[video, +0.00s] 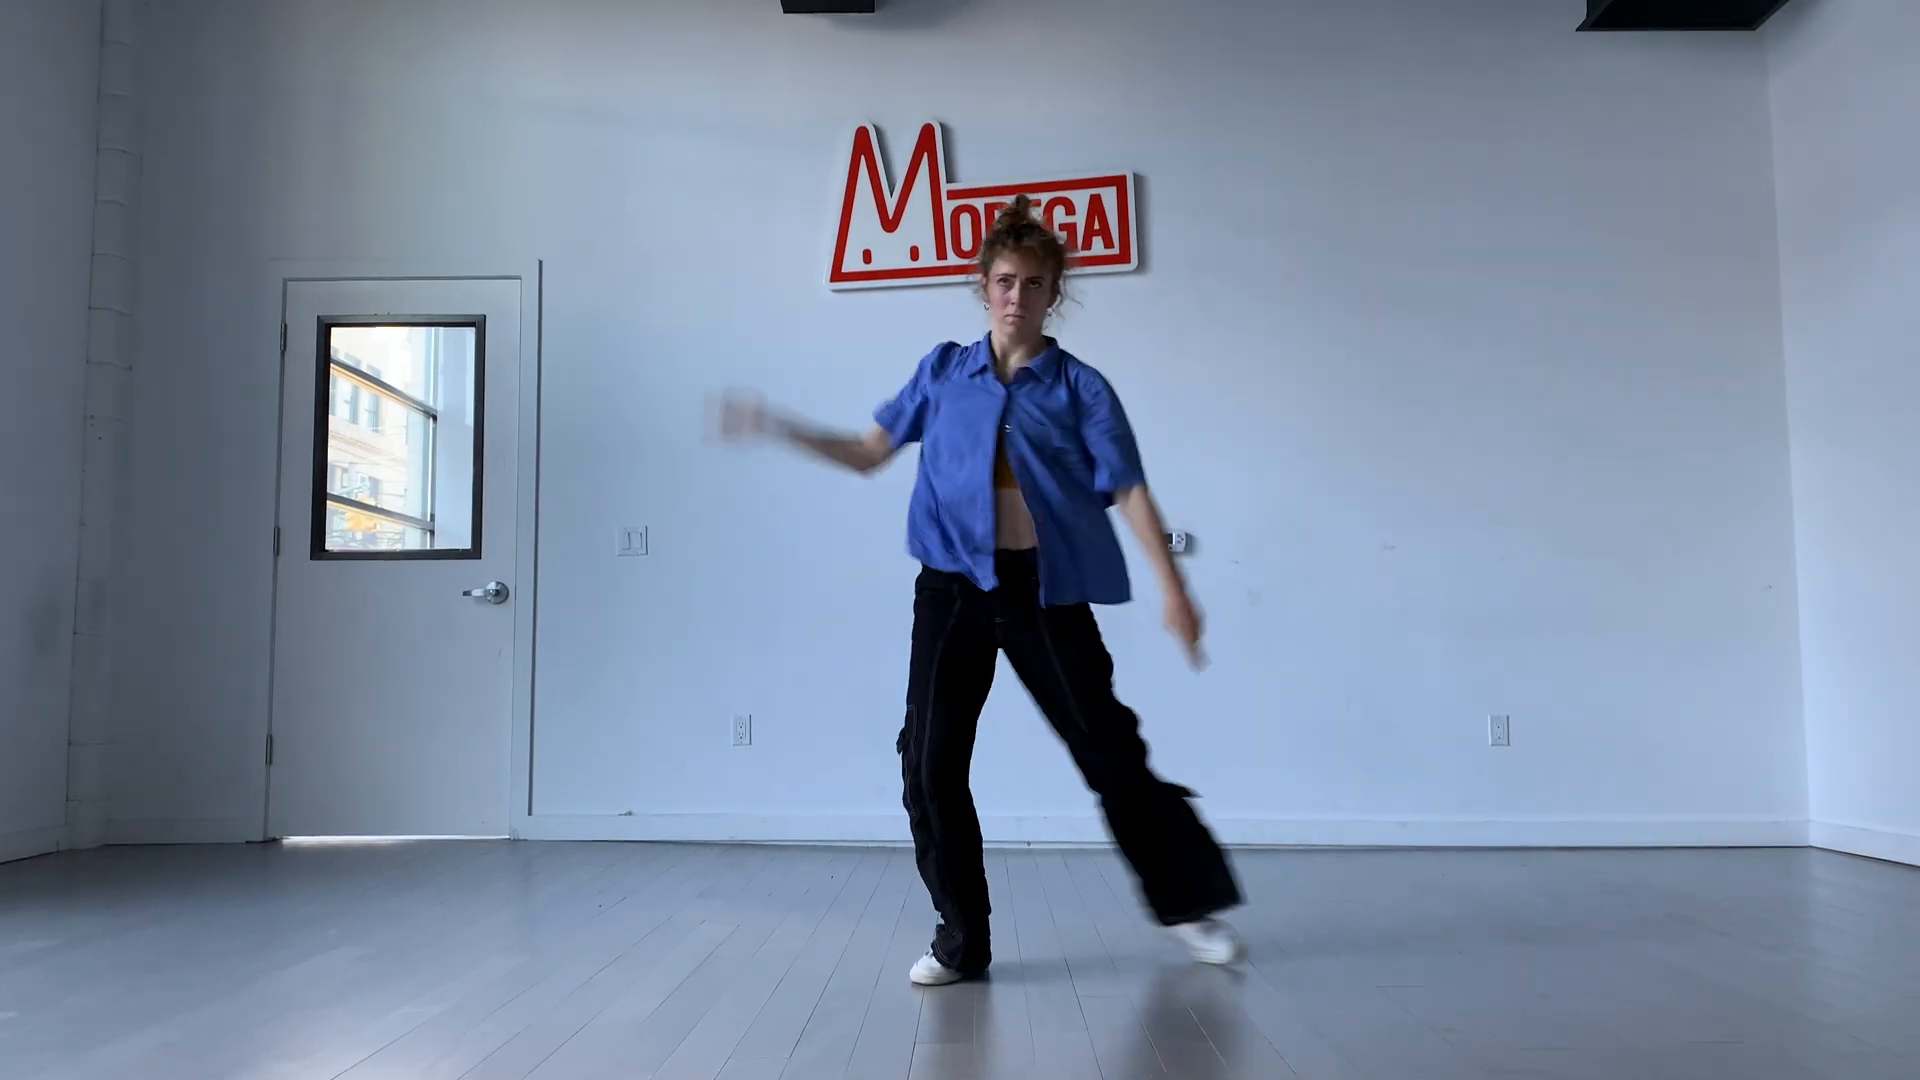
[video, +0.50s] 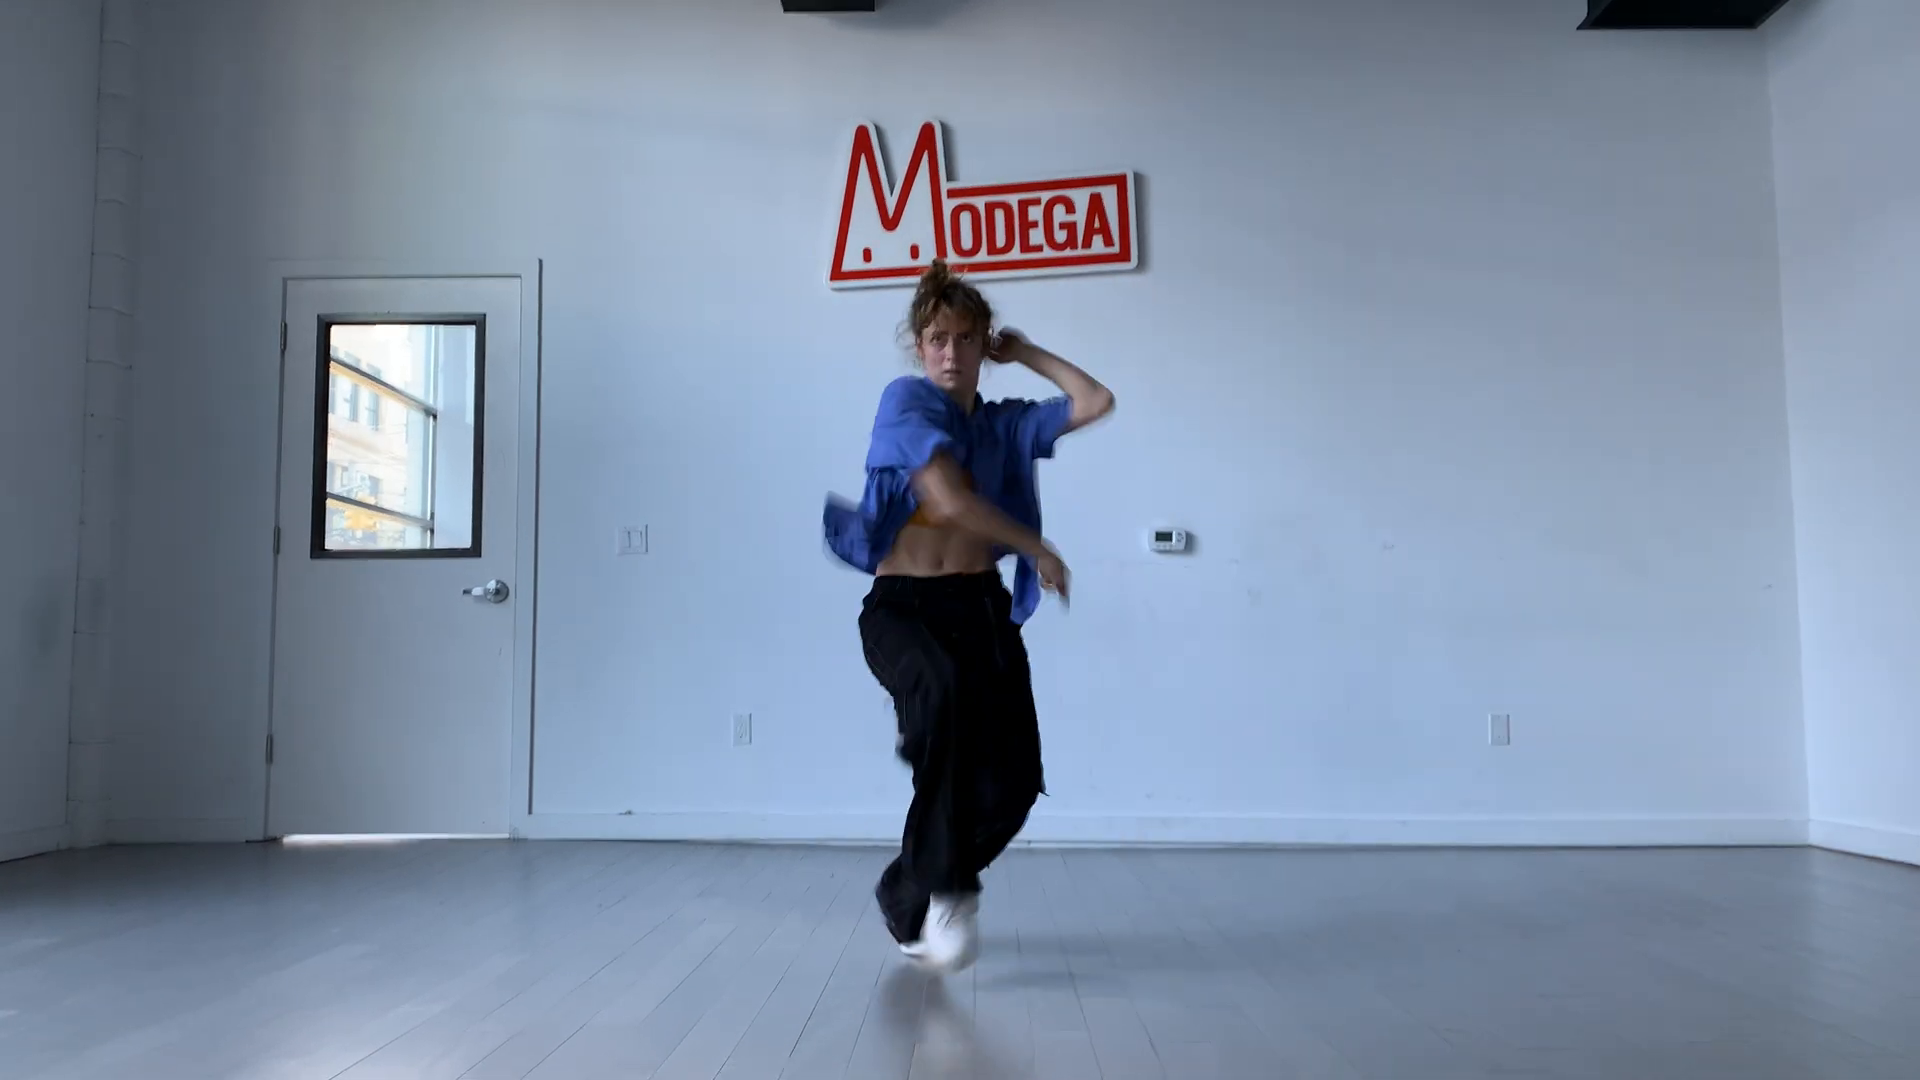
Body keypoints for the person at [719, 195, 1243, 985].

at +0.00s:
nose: (1014, 299)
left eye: (1030, 284)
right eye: (1001, 283)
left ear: (1053, 293)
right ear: (983, 288)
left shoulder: (1081, 389)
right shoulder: (943, 372)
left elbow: (1129, 493)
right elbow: (867, 450)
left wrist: (1172, 588)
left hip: (1046, 591)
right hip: (953, 587)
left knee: (1109, 750)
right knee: (929, 761)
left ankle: (1189, 906)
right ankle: (959, 939)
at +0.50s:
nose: (949, 353)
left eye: (962, 340)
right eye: (935, 340)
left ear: (984, 349)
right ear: (919, 347)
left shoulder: (1004, 422)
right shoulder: (907, 402)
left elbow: (1094, 402)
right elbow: (947, 499)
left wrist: (1023, 351)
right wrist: (1037, 545)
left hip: (981, 606)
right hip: (904, 605)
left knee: (1015, 775)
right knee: (945, 700)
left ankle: (912, 895)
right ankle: (953, 887)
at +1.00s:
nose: (954, 386)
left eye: (966, 373)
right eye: (940, 374)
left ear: (984, 383)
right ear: (920, 385)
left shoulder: (1013, 477)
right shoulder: (908, 461)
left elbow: (1075, 555)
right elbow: (894, 572)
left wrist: (1096, 479)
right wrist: (944, 672)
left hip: (1008, 664)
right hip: (929, 667)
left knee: (1116, 744)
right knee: (978, 818)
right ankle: (868, 909)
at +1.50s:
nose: (974, 398)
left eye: (980, 386)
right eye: (955, 393)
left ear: (996, 397)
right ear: (934, 417)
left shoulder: (1034, 472)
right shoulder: (959, 477)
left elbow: (1085, 552)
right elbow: (959, 594)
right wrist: (1034, 673)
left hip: (1121, 650)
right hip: (1061, 663)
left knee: (1224, 767)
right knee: (1011, 840)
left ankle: (1213, 928)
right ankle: (872, 904)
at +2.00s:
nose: (1159, 328)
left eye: (1150, 320)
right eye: (1143, 323)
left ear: (1132, 347)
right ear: (1119, 343)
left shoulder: (1157, 422)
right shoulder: (1118, 382)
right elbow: (1061, 394)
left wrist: (1152, 532)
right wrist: (1113, 466)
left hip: (1101, 622)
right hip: (1039, 611)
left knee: (1172, 765)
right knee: (977, 782)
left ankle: (1210, 927)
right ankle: (859, 921)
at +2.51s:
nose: (1201, 287)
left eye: (1212, 276)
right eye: (1186, 274)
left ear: (1224, 288)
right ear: (1156, 284)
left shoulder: (1226, 372)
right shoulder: (1139, 339)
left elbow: (1336, 405)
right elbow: (1200, 373)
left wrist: (1449, 414)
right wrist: (1286, 387)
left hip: (1201, 574)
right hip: (1120, 577)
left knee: (1218, 743)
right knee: (1169, 731)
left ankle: (1218, 922)